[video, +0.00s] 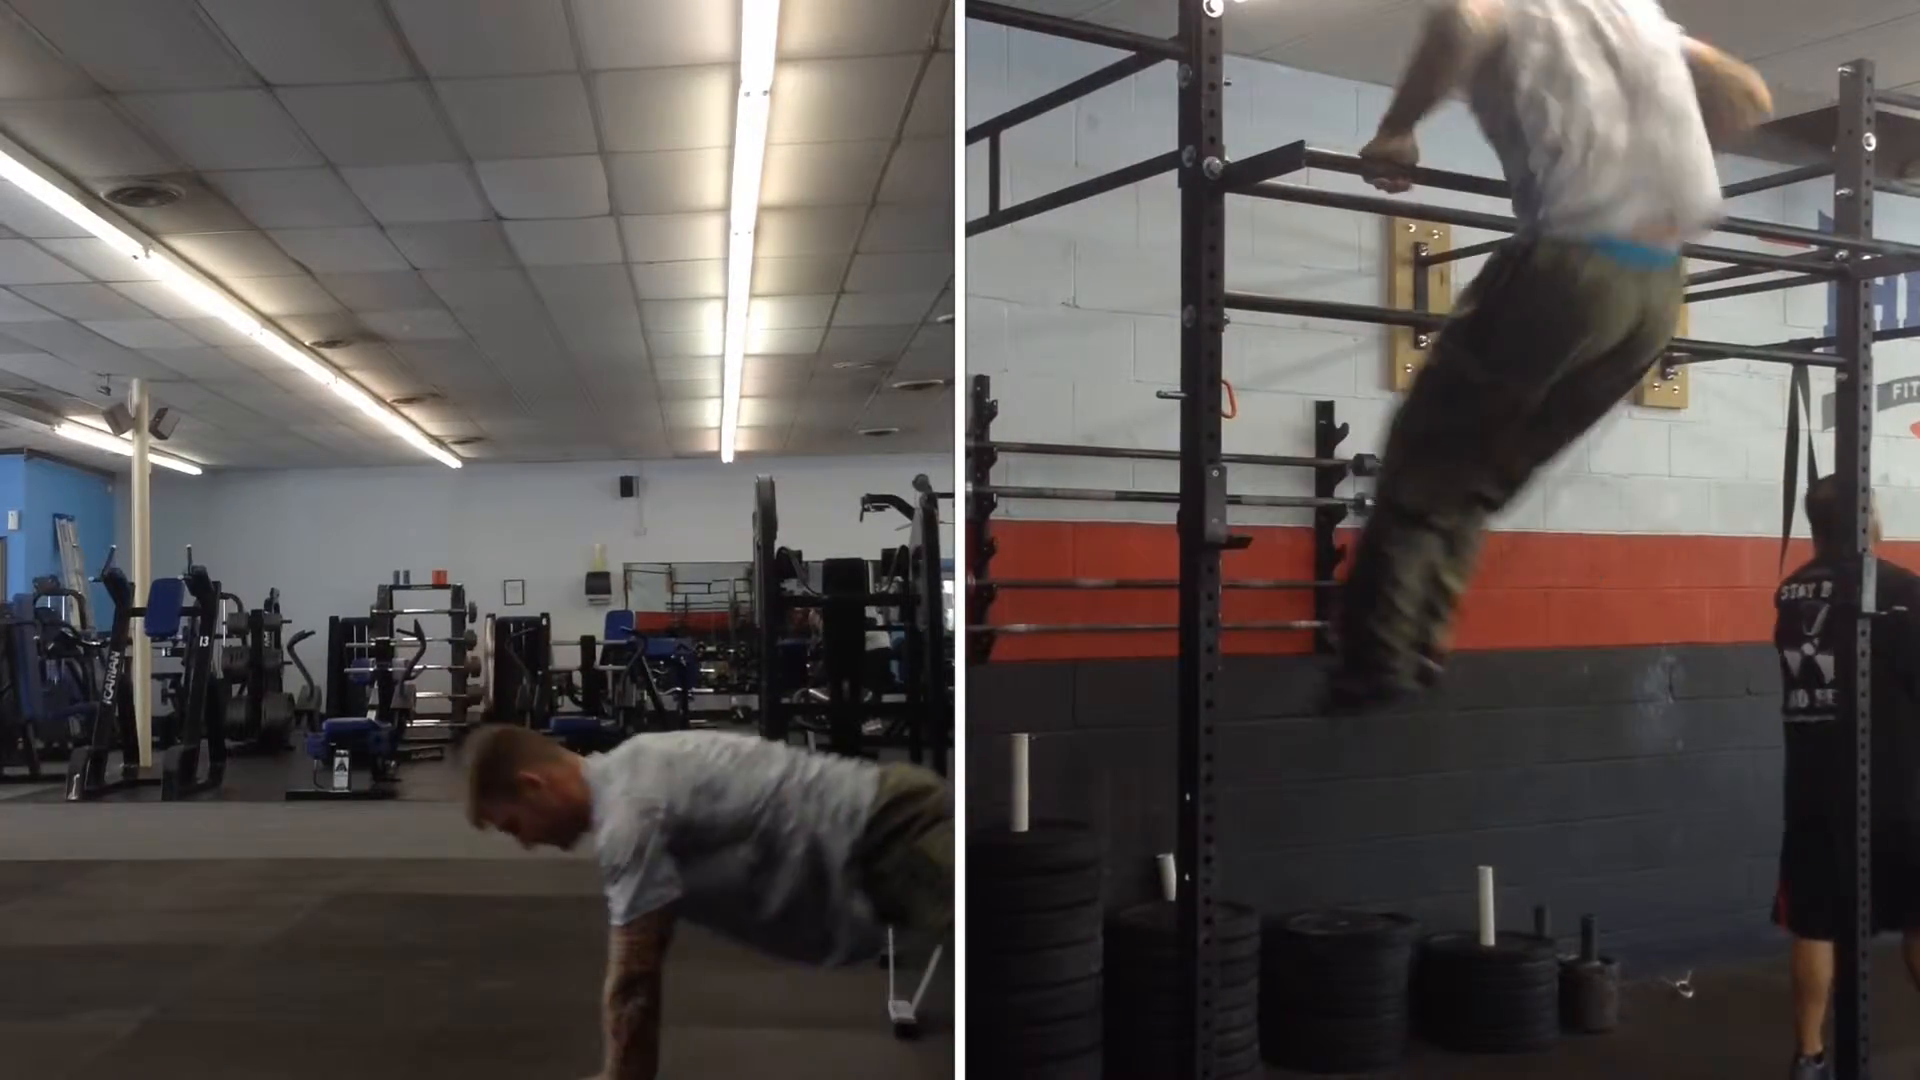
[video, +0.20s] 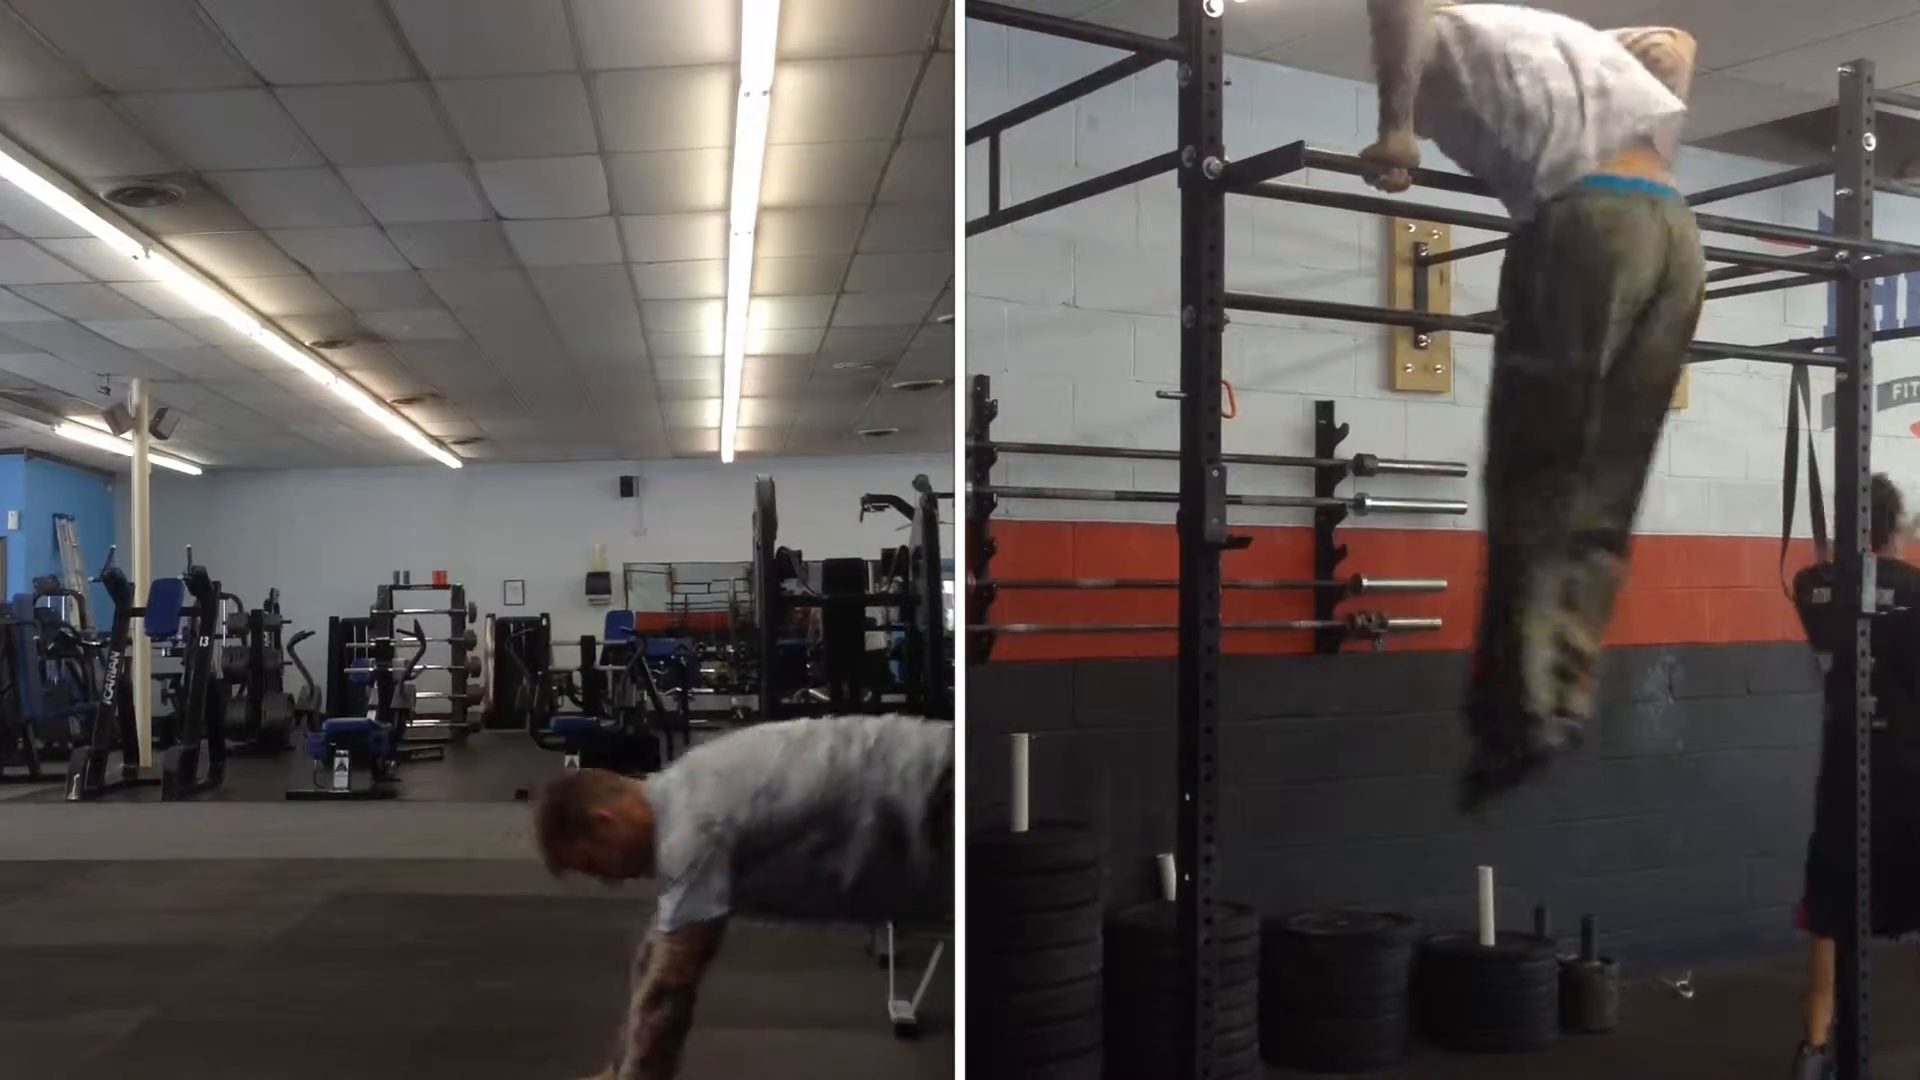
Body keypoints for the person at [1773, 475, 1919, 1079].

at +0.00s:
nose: (1882, 520)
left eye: (1875, 509)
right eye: (1878, 511)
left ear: (1816, 526)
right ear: (1871, 521)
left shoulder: (1793, 593)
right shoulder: (1900, 591)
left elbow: (1810, 682)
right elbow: (1910, 681)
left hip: (1815, 779)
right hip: (1894, 780)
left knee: (1814, 921)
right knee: (1913, 919)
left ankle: (1810, 1057)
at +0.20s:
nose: (1893, 536)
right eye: (1898, 525)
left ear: (1846, 525)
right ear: (1899, 527)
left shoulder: (1818, 588)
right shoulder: (1912, 586)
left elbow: (1825, 644)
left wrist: (1841, 571)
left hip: (1848, 763)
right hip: (1908, 762)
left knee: (1830, 901)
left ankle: (1817, 1042)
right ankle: (1820, 1036)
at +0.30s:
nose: (1917, 530)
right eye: (1915, 520)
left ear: (1865, 527)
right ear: (1911, 527)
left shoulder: (1845, 584)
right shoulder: (1910, 580)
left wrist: (1839, 533)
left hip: (1865, 762)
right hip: (1903, 761)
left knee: (1851, 894)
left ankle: (1822, 1025)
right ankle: (1823, 1023)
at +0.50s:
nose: (1897, 520)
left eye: (1897, 513)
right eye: (1904, 512)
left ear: (1887, 533)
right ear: (1910, 533)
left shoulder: (1884, 577)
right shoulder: (1890, 575)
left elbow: (1850, 502)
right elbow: (1851, 500)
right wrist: (1875, 428)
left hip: (1891, 743)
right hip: (1901, 743)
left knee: (1905, 889)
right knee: (1905, 889)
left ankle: (1883, 1010)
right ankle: (1882, 1010)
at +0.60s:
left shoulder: (1894, 509)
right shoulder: (1899, 507)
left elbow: (1850, 497)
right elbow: (1854, 504)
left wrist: (1860, 410)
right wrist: (1863, 411)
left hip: (1894, 719)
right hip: (1899, 719)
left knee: (1912, 880)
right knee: (1912, 881)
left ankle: (1907, 1010)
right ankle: (1905, 1011)